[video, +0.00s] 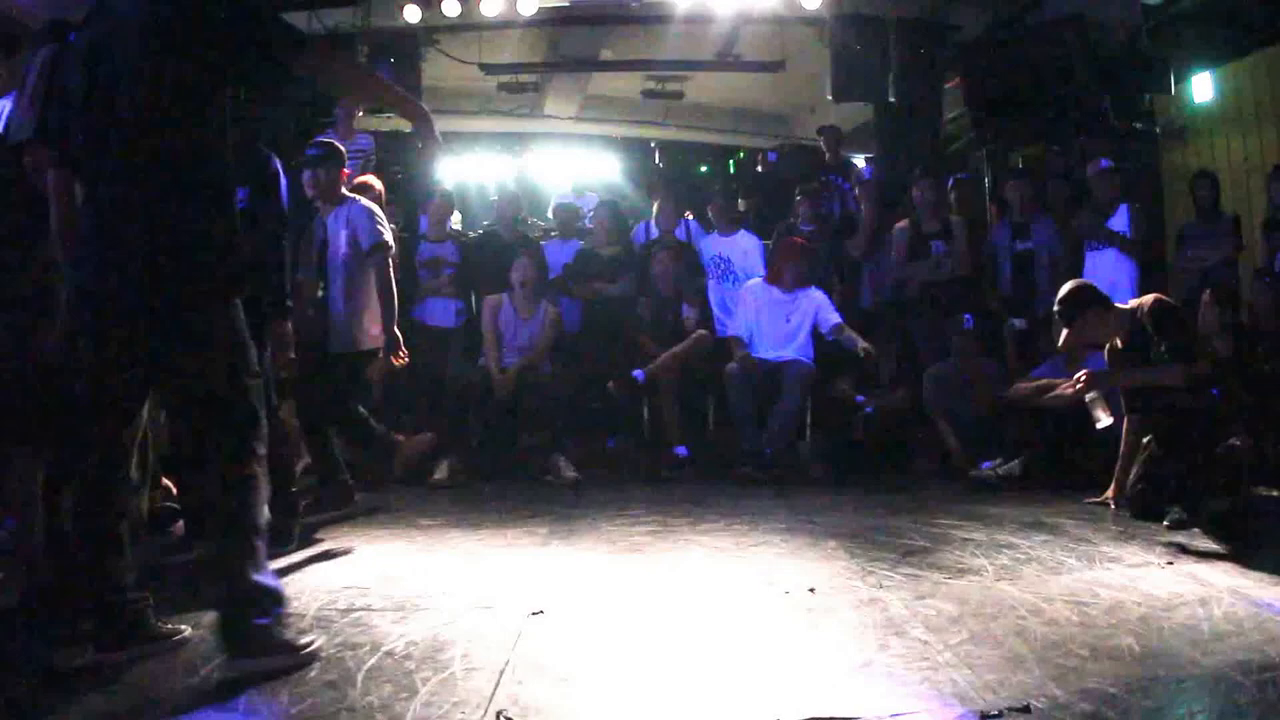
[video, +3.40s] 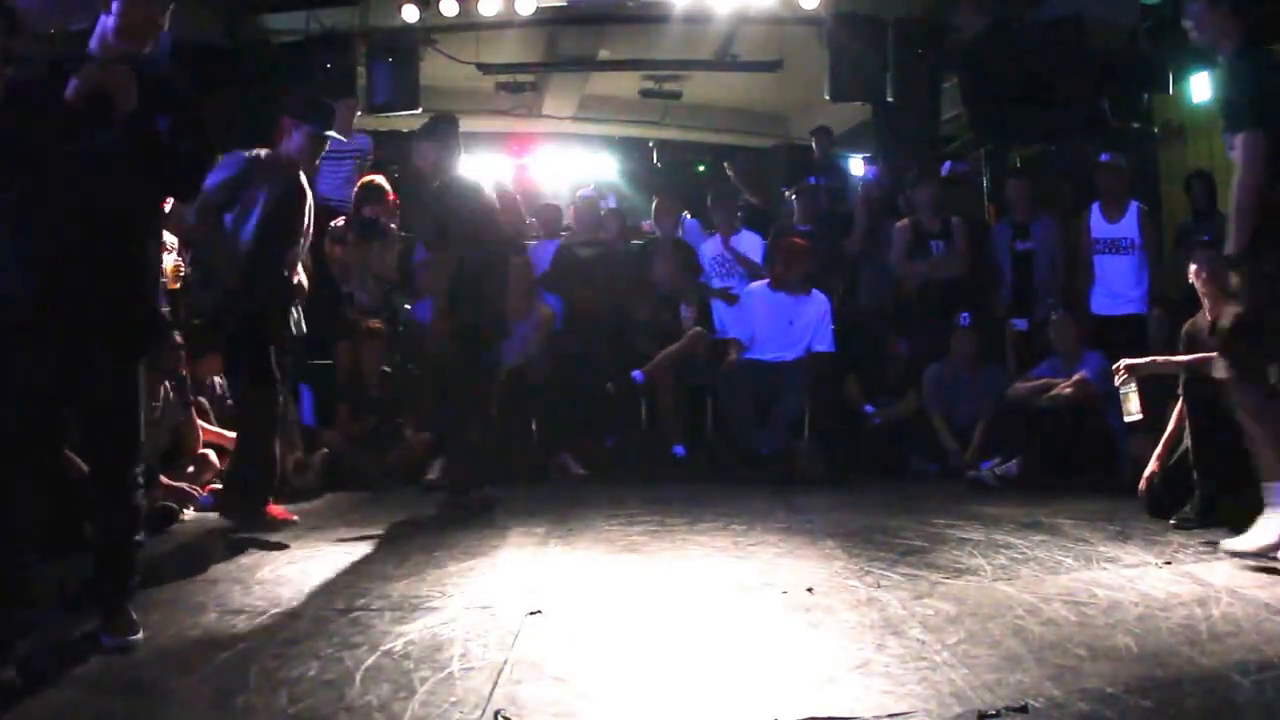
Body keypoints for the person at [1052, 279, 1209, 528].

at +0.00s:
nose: (1079, 340)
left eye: (1076, 329)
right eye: (1074, 332)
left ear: (1093, 315)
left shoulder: (1154, 309)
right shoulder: (1116, 351)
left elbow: (1181, 372)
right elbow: (1134, 417)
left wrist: (1111, 379)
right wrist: (1117, 485)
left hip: (1203, 420)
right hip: (1166, 431)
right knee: (1139, 501)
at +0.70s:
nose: (1101, 326)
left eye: (1101, 317)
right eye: (1098, 319)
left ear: (1120, 308)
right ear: (1120, 311)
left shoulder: (1174, 313)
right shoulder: (1138, 349)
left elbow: (1192, 372)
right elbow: (1142, 418)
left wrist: (1125, 370)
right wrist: (1117, 485)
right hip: (1180, 435)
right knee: (1150, 502)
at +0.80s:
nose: (1112, 318)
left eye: (1115, 308)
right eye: (1111, 310)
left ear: (1134, 302)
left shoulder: (1187, 314)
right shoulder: (1149, 345)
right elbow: (1144, 418)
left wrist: (1135, 363)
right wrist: (1117, 485)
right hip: (1187, 432)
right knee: (1148, 500)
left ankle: (1197, 501)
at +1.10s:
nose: (1143, 298)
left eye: (1146, 288)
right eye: (1142, 289)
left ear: (1168, 287)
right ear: (1164, 290)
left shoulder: (1216, 313)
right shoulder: (1171, 337)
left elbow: (1210, 366)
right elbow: (1159, 409)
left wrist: (1142, 357)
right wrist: (1129, 470)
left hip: (1234, 428)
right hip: (1199, 430)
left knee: (1177, 388)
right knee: (1149, 496)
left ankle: (1198, 498)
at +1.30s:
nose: (1151, 289)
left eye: (1156, 280)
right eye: (1151, 281)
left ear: (1179, 281)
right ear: (1175, 283)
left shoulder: (1221, 310)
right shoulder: (1176, 332)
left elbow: (1214, 362)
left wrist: (1144, 360)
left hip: (1235, 425)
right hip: (1200, 430)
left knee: (1183, 385)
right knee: (1150, 495)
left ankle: (1197, 500)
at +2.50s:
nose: (1186, 276)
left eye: (1195, 269)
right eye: (1186, 269)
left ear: (1220, 274)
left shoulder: (1245, 315)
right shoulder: (1193, 328)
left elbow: (1220, 360)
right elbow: (1193, 403)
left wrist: (1145, 368)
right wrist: (1169, 450)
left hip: (1255, 431)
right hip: (1213, 432)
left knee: (1196, 388)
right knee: (1156, 497)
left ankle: (1206, 503)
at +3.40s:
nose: (1200, 277)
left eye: (1207, 269)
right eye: (1195, 271)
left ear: (1222, 274)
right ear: (1190, 278)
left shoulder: (1243, 319)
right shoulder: (1192, 329)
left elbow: (1226, 361)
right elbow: (1186, 400)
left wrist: (1147, 364)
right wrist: (1158, 458)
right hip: (1203, 440)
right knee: (1159, 500)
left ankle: (1205, 498)